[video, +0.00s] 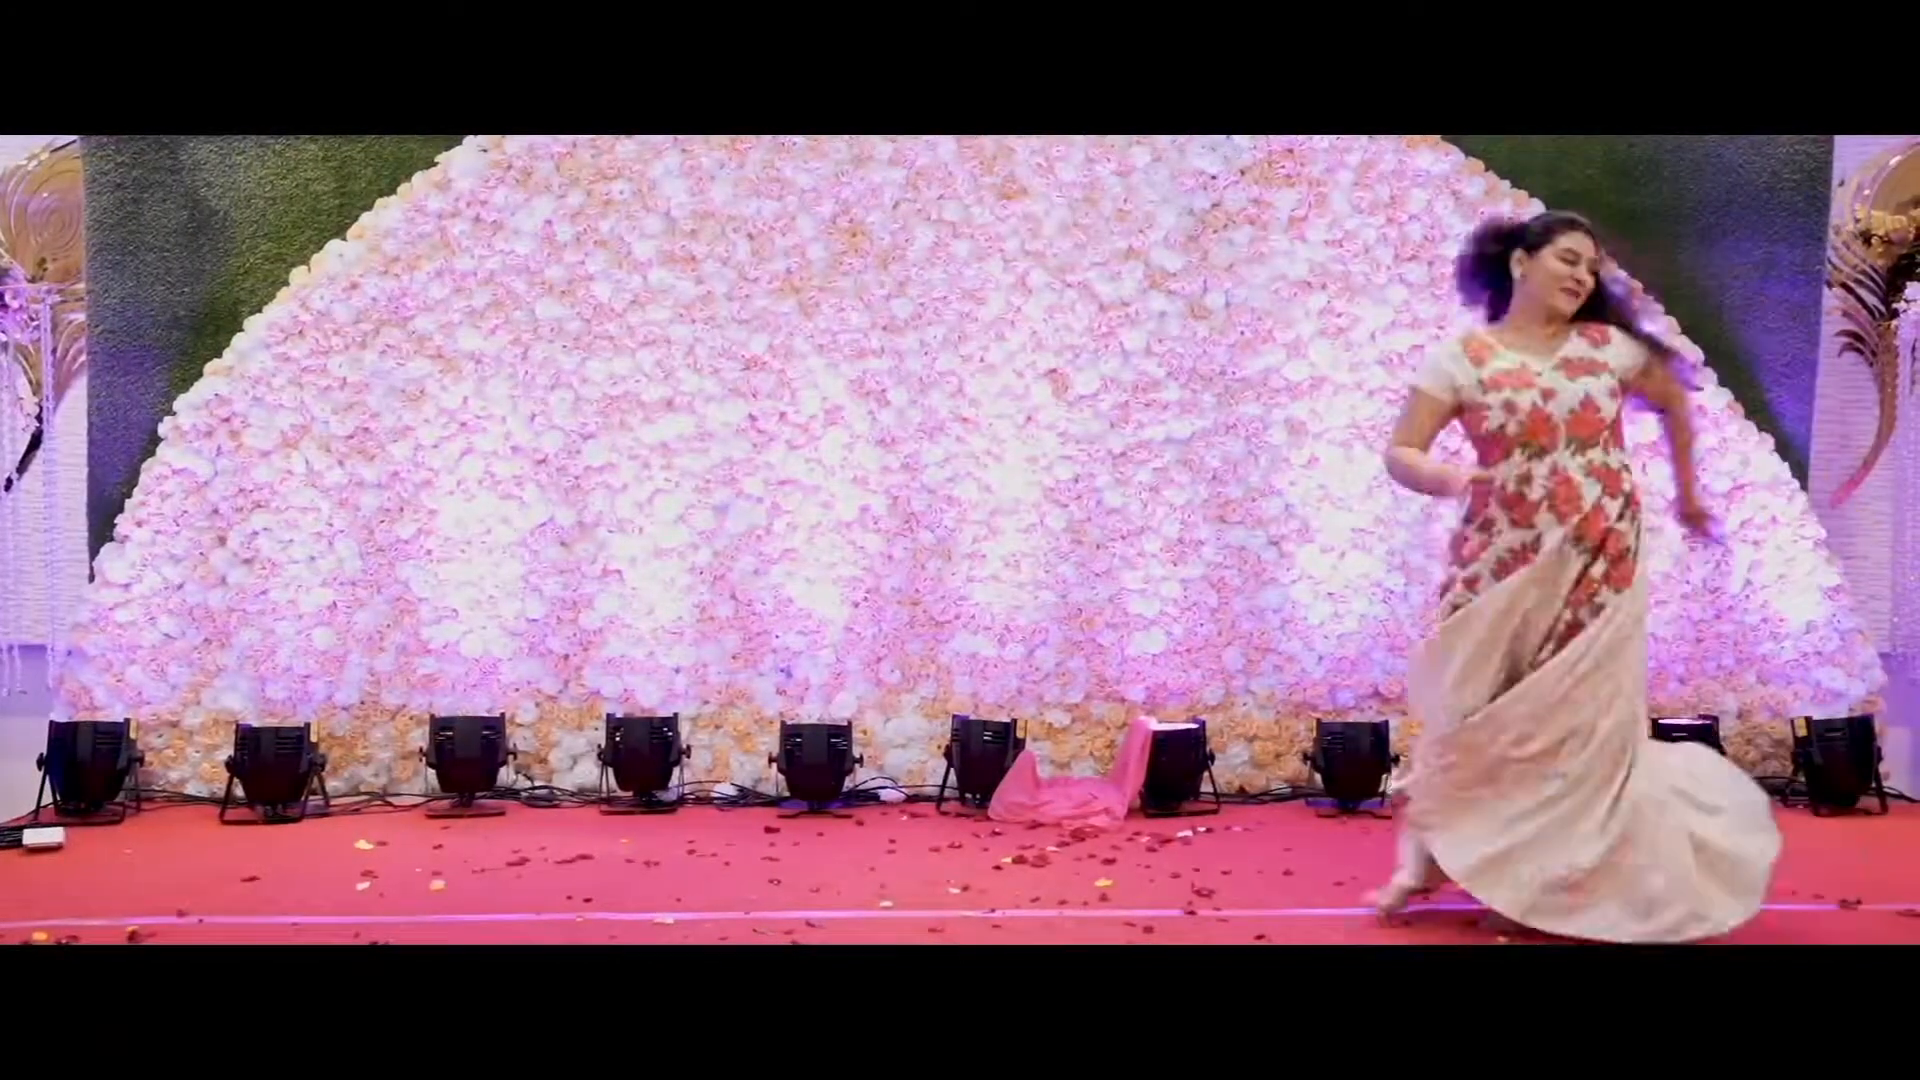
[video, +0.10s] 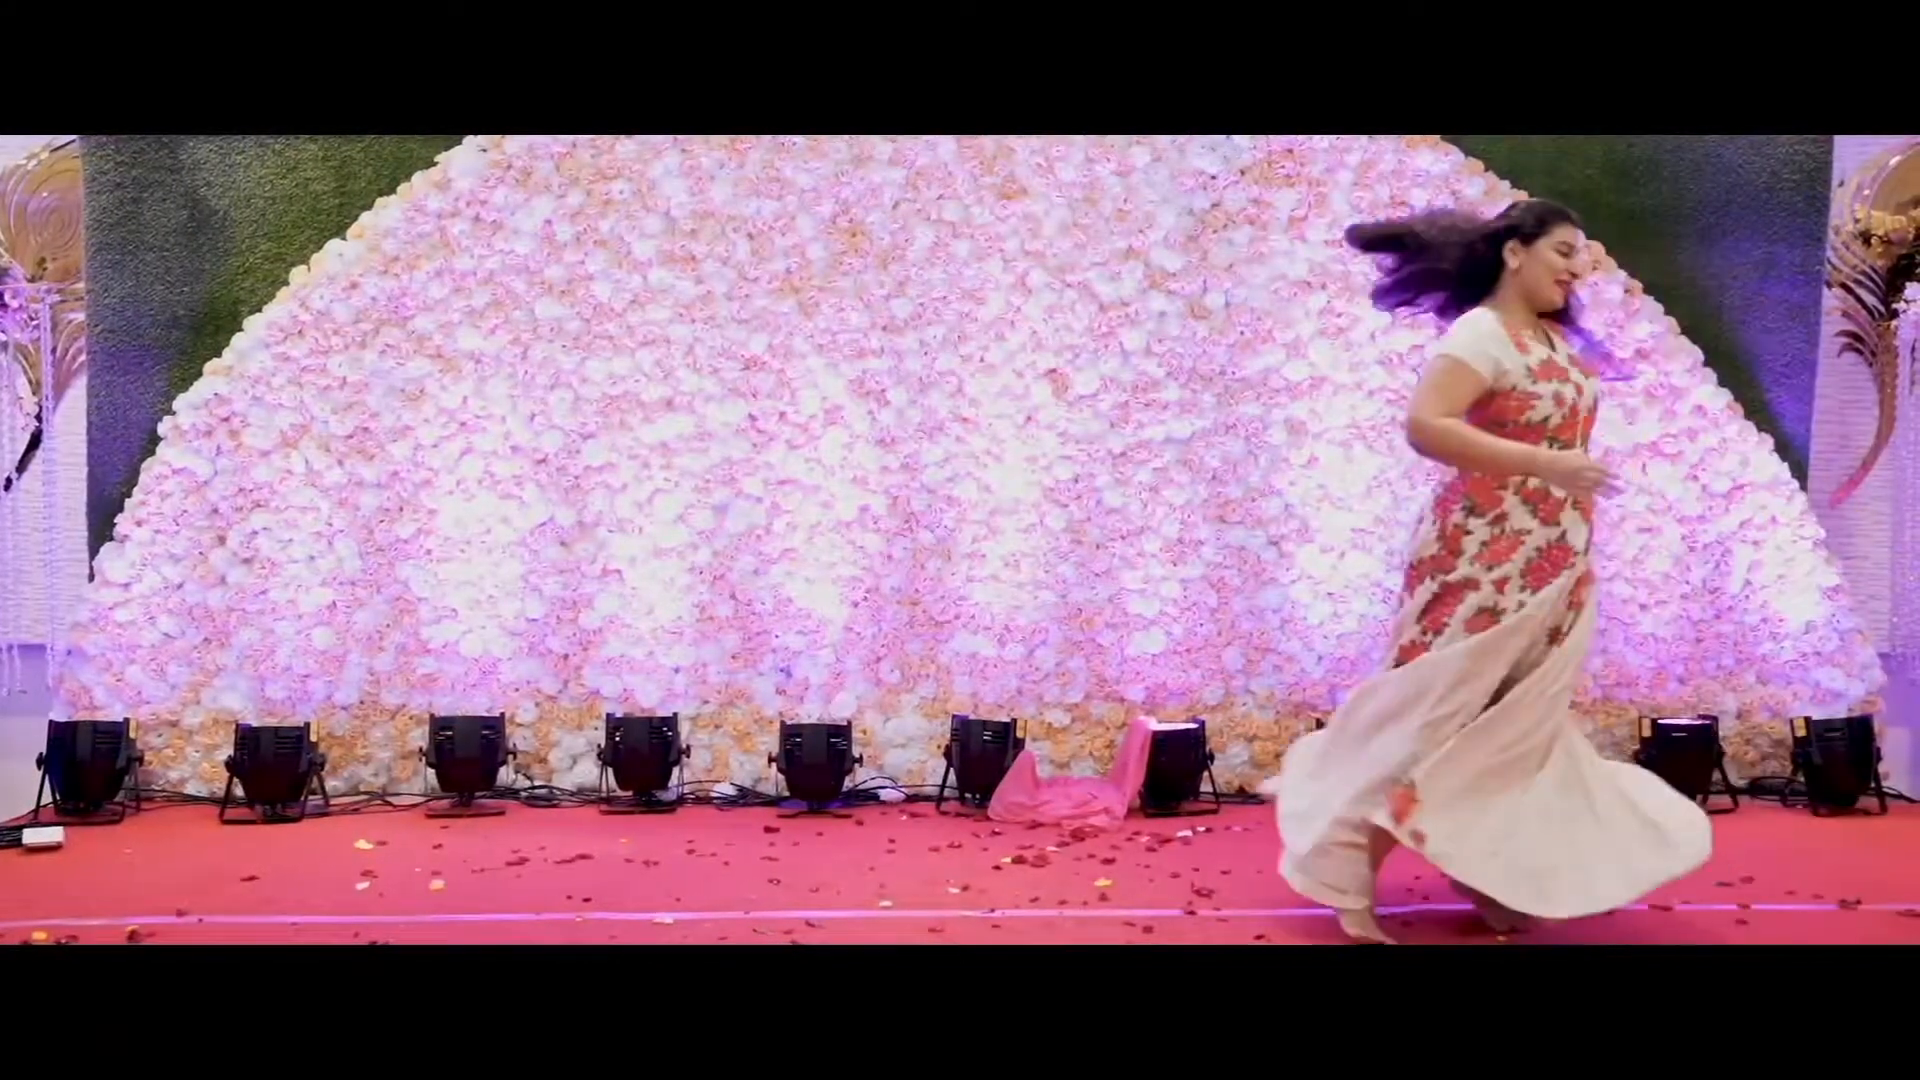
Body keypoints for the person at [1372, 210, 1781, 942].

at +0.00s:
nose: (1583, 275)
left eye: (1591, 269)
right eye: (1567, 258)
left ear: (1593, 285)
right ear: (1521, 261)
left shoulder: (1612, 348)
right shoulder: (1466, 356)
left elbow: (1676, 404)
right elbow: (1402, 455)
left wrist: (1688, 496)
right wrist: (1454, 480)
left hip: (1602, 549)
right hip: (1505, 548)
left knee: (1592, 713)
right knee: (1461, 707)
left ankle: (1568, 881)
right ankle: (1417, 862)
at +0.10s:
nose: (1574, 269)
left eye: (1579, 259)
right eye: (1561, 253)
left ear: (1569, 272)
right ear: (1515, 254)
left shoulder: (1551, 344)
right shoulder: (1480, 334)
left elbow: (1530, 435)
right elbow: (1428, 424)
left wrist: (1572, 472)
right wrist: (1544, 463)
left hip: (1547, 559)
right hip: (1479, 557)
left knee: (1525, 716)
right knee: (1430, 713)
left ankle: (1497, 872)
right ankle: (1354, 865)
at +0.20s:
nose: (1551, 265)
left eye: (1549, 250)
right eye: (1541, 250)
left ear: (1493, 256)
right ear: (1505, 252)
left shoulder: (1442, 332)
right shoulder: (1512, 324)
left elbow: (1367, 391)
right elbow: (1522, 412)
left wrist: (1347, 484)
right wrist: (1622, 453)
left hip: (1431, 530)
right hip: (1483, 540)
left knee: (1470, 707)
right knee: (1418, 714)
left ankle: (1453, 875)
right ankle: (1348, 888)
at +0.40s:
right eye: (1474, 255)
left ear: (1386, 264)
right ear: (1472, 269)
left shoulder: (1356, 338)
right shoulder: (1498, 335)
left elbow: (1264, 390)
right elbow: (1577, 426)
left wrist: (1306, 477)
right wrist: (1495, 436)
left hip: (1376, 525)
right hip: (1461, 532)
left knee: (1369, 697)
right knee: (1432, 708)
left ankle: (1342, 876)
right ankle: (1357, 899)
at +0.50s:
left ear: (1359, 271)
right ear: (1448, 277)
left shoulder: (1335, 339)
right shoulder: (1462, 352)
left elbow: (1313, 417)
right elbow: (1500, 422)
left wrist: (1383, 493)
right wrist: (1438, 431)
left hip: (1351, 532)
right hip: (1443, 536)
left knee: (1326, 707)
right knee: (1408, 713)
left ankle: (1325, 898)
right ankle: (1388, 897)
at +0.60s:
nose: (1337, 270)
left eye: (1342, 258)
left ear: (1348, 275)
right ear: (1430, 276)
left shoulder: (1355, 354)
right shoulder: (1443, 360)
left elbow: (1379, 437)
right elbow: (1395, 432)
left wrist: (1435, 502)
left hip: (1352, 545)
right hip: (1413, 549)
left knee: (1306, 709)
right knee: (1383, 712)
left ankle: (1333, 902)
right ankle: (1408, 894)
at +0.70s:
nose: (1316, 279)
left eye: (1327, 265)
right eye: (1319, 265)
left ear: (1363, 272)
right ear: (1369, 274)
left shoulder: (1387, 361)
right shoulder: (1352, 354)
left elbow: (1448, 452)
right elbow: (1336, 440)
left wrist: (1444, 506)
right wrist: (1276, 411)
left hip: (1371, 549)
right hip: (1359, 542)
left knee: (1310, 705)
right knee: (1388, 717)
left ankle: (1332, 893)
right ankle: (1433, 884)